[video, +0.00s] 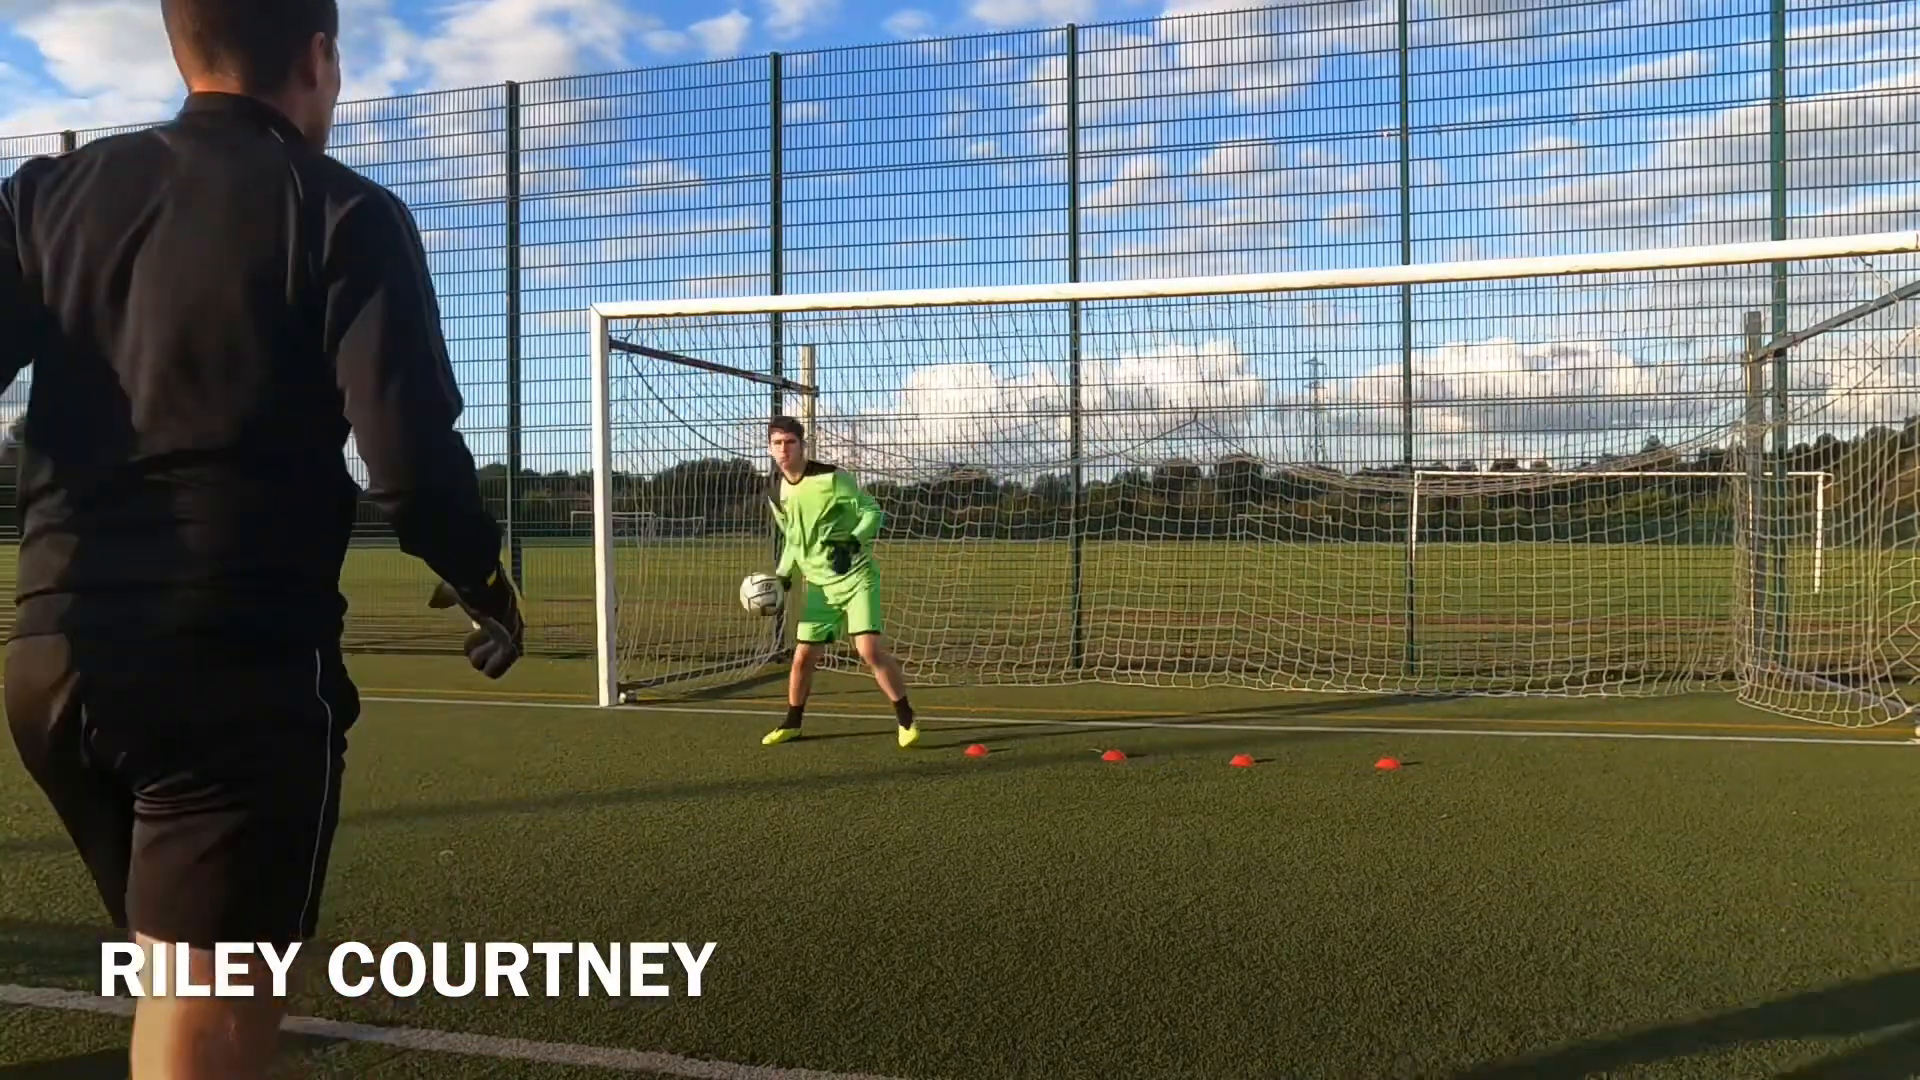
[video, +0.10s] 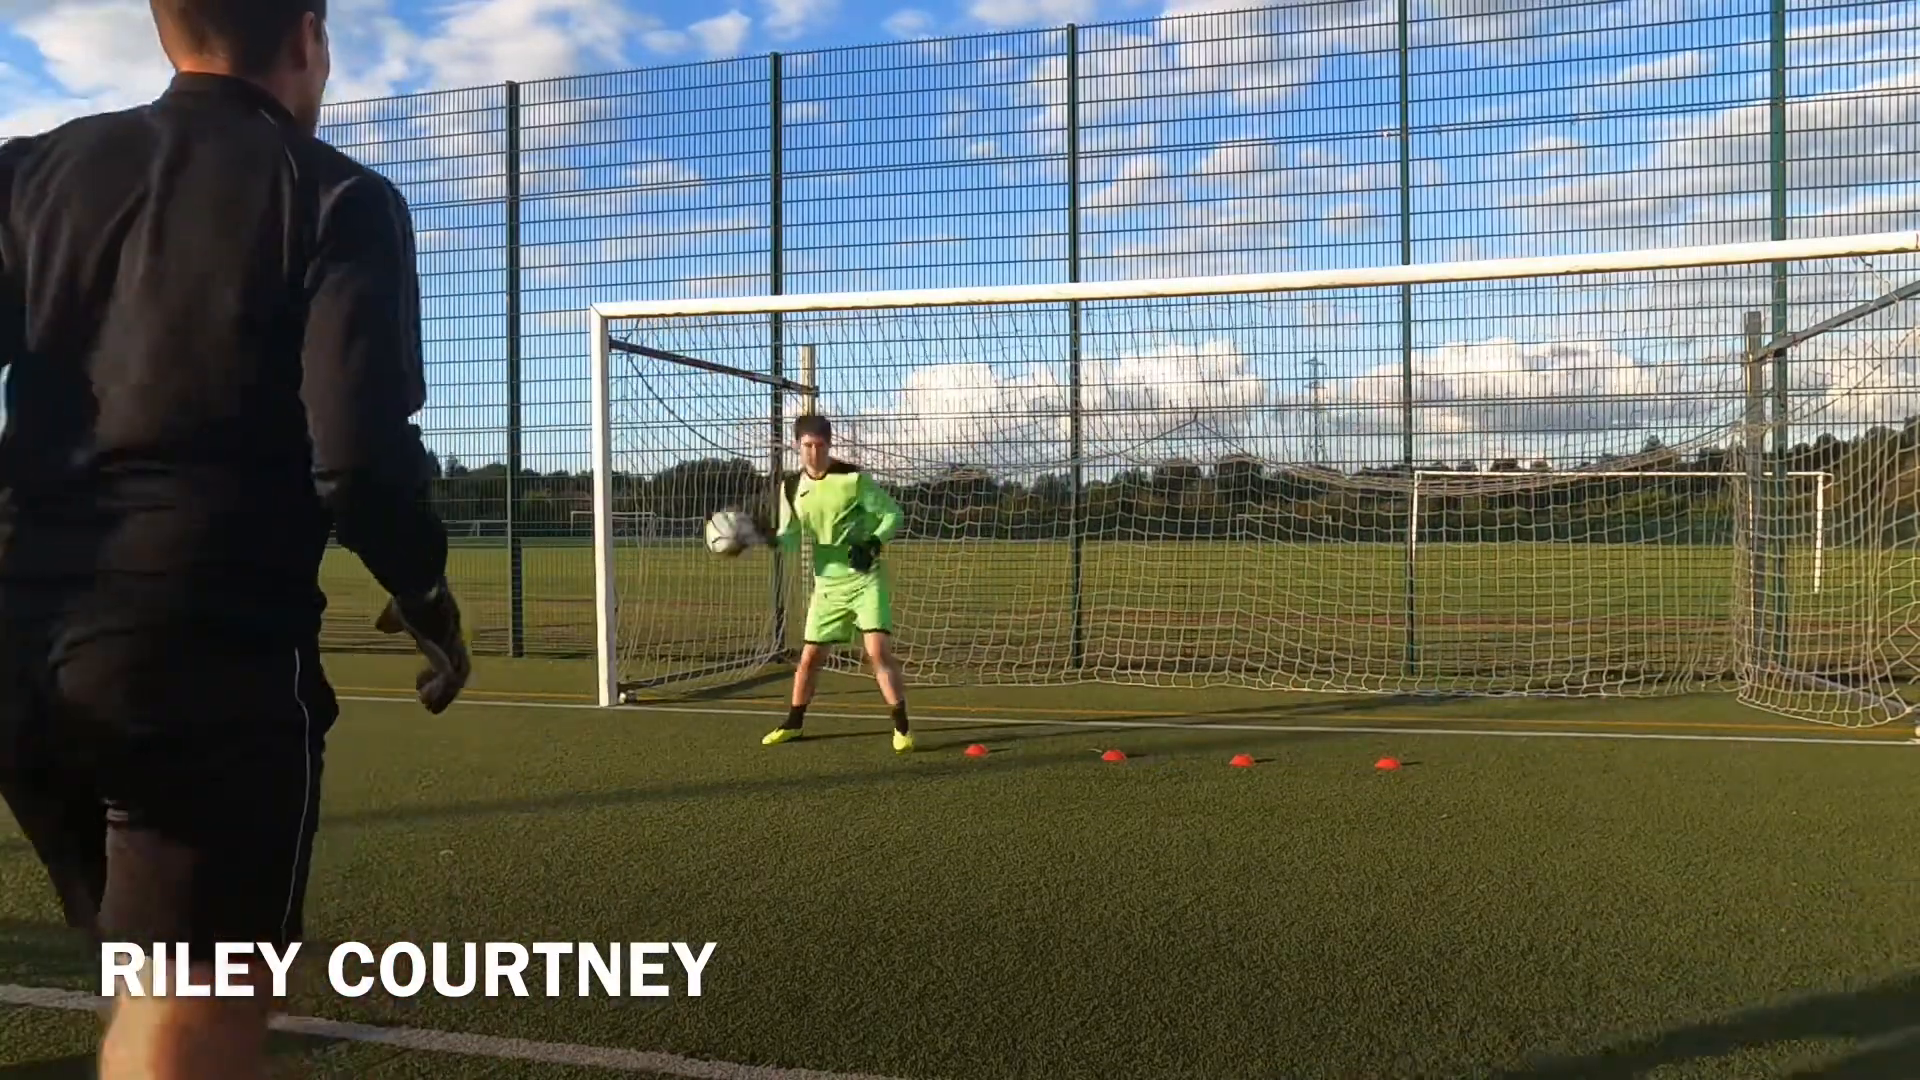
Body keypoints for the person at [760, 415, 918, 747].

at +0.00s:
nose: (783, 450)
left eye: (790, 442)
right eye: (777, 444)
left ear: (803, 445)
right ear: (770, 450)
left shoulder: (834, 480)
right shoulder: (779, 492)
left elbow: (873, 511)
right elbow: (792, 541)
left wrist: (853, 541)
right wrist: (780, 581)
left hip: (857, 579)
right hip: (819, 587)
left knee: (869, 650)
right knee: (802, 656)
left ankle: (906, 719)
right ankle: (792, 723)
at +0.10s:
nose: (814, 451)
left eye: (820, 444)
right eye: (808, 445)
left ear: (830, 445)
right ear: (798, 446)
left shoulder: (855, 480)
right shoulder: (792, 488)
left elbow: (893, 514)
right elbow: (790, 536)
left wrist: (873, 542)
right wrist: (767, 538)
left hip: (866, 579)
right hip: (826, 584)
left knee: (877, 651)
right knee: (809, 657)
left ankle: (901, 725)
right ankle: (794, 723)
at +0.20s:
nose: (851, 457)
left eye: (856, 451)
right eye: (845, 451)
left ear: (863, 448)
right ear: (832, 449)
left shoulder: (881, 482)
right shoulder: (816, 487)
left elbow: (917, 518)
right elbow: (792, 534)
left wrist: (893, 544)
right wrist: (799, 498)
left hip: (883, 586)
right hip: (841, 591)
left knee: (887, 659)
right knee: (820, 660)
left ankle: (899, 732)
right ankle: (798, 722)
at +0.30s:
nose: (892, 463)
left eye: (896, 456)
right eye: (886, 457)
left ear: (900, 450)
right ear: (868, 449)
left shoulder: (912, 483)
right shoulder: (844, 479)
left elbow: (942, 518)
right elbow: (821, 534)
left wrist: (916, 547)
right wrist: (832, 512)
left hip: (900, 584)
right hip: (858, 585)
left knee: (893, 659)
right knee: (833, 656)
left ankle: (899, 732)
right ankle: (815, 716)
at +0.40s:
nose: (920, 460)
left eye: (924, 454)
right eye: (914, 454)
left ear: (929, 448)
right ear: (897, 444)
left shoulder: (939, 481)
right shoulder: (867, 470)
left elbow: (964, 515)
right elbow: (851, 510)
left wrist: (943, 545)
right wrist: (854, 534)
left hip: (917, 582)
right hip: (873, 577)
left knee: (907, 657)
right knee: (859, 643)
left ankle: (900, 730)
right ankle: (850, 722)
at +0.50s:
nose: (943, 458)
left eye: (947, 452)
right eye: (937, 452)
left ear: (949, 447)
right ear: (919, 443)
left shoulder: (954, 476)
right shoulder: (886, 468)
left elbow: (981, 507)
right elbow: (865, 503)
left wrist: (970, 544)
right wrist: (865, 539)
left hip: (937, 577)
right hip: (895, 575)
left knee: (930, 657)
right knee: (894, 647)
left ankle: (909, 716)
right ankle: (887, 734)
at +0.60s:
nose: (967, 467)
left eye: (970, 461)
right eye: (961, 462)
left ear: (972, 457)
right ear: (942, 453)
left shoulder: (979, 487)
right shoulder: (907, 480)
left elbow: (1013, 523)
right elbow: (876, 517)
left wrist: (1015, 559)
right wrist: (871, 552)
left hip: (959, 582)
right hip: (917, 584)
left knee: (970, 644)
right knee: (917, 654)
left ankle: (951, 715)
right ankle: (896, 742)